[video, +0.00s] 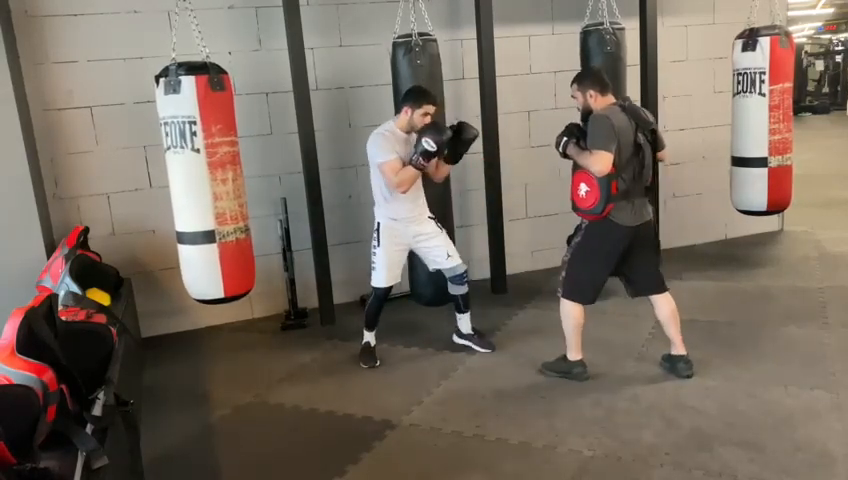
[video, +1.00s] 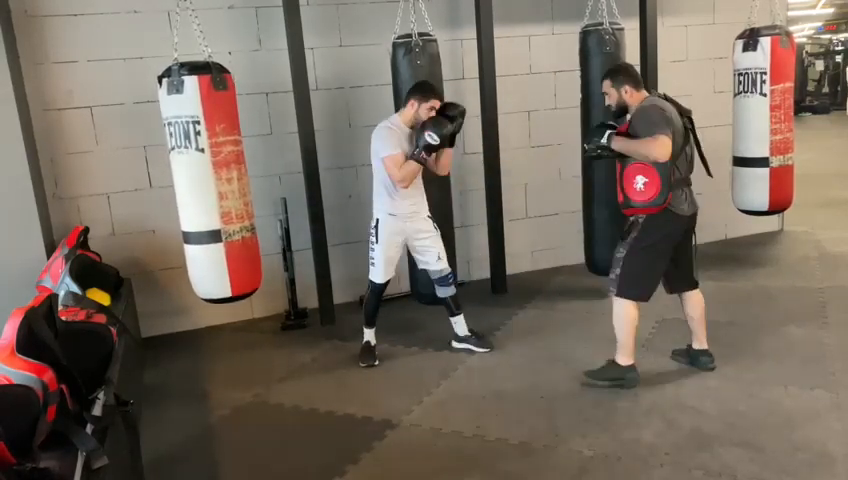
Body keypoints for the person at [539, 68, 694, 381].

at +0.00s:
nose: (576, 104)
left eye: (577, 97)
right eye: (575, 97)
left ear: (592, 94)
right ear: (605, 91)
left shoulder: (600, 119)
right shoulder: (636, 112)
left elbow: (601, 164)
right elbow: (661, 154)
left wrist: (572, 149)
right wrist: (621, 148)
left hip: (607, 225)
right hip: (642, 223)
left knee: (572, 290)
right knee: (655, 287)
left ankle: (573, 359)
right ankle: (680, 355)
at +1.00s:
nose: (607, 101)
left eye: (609, 93)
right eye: (606, 94)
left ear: (625, 89)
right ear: (634, 89)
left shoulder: (647, 111)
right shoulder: (662, 107)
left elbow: (660, 151)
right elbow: (660, 153)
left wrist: (612, 140)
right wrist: (615, 140)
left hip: (660, 214)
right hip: (682, 212)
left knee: (624, 286)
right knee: (685, 282)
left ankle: (624, 364)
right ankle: (700, 350)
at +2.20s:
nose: (605, 113)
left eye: (606, 106)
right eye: (604, 107)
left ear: (624, 104)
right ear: (635, 101)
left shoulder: (645, 128)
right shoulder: (665, 117)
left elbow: (640, 180)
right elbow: (670, 164)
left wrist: (596, 181)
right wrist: (621, 154)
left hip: (672, 226)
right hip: (697, 221)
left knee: (633, 295)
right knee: (688, 278)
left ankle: (625, 377)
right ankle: (727, 342)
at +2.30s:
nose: (602, 114)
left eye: (603, 107)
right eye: (600, 108)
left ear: (620, 104)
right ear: (632, 100)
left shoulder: (639, 127)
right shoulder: (662, 116)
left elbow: (638, 178)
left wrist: (592, 204)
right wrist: (615, 136)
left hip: (670, 224)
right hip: (697, 219)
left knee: (633, 297)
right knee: (685, 278)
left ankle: (625, 377)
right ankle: (717, 342)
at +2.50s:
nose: (625, 116)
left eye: (630, 108)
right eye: (623, 109)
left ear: (658, 104)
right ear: (663, 106)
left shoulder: (670, 141)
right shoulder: (691, 129)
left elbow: (665, 204)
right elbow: (661, 184)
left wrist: (604, 197)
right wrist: (626, 149)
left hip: (694, 263)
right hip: (723, 255)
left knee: (640, 348)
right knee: (705, 327)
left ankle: (639, 447)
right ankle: (741, 405)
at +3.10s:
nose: (604, 120)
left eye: (610, 112)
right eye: (602, 112)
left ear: (638, 111)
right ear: (638, 113)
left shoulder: (660, 147)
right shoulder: (640, 145)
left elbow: (675, 209)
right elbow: (609, 188)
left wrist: (608, 197)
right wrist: (592, 151)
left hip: (663, 273)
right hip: (667, 268)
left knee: (613, 363)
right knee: (687, 344)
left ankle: (604, 461)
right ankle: (738, 408)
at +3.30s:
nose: (581, 140)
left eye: (585, 132)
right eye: (580, 132)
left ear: (611, 131)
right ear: (602, 132)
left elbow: (693, 216)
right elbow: (566, 198)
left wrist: (647, 177)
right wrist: (547, 200)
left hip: (657, 279)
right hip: (625, 277)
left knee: (601, 365)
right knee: (654, 350)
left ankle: (605, 465)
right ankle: (723, 394)